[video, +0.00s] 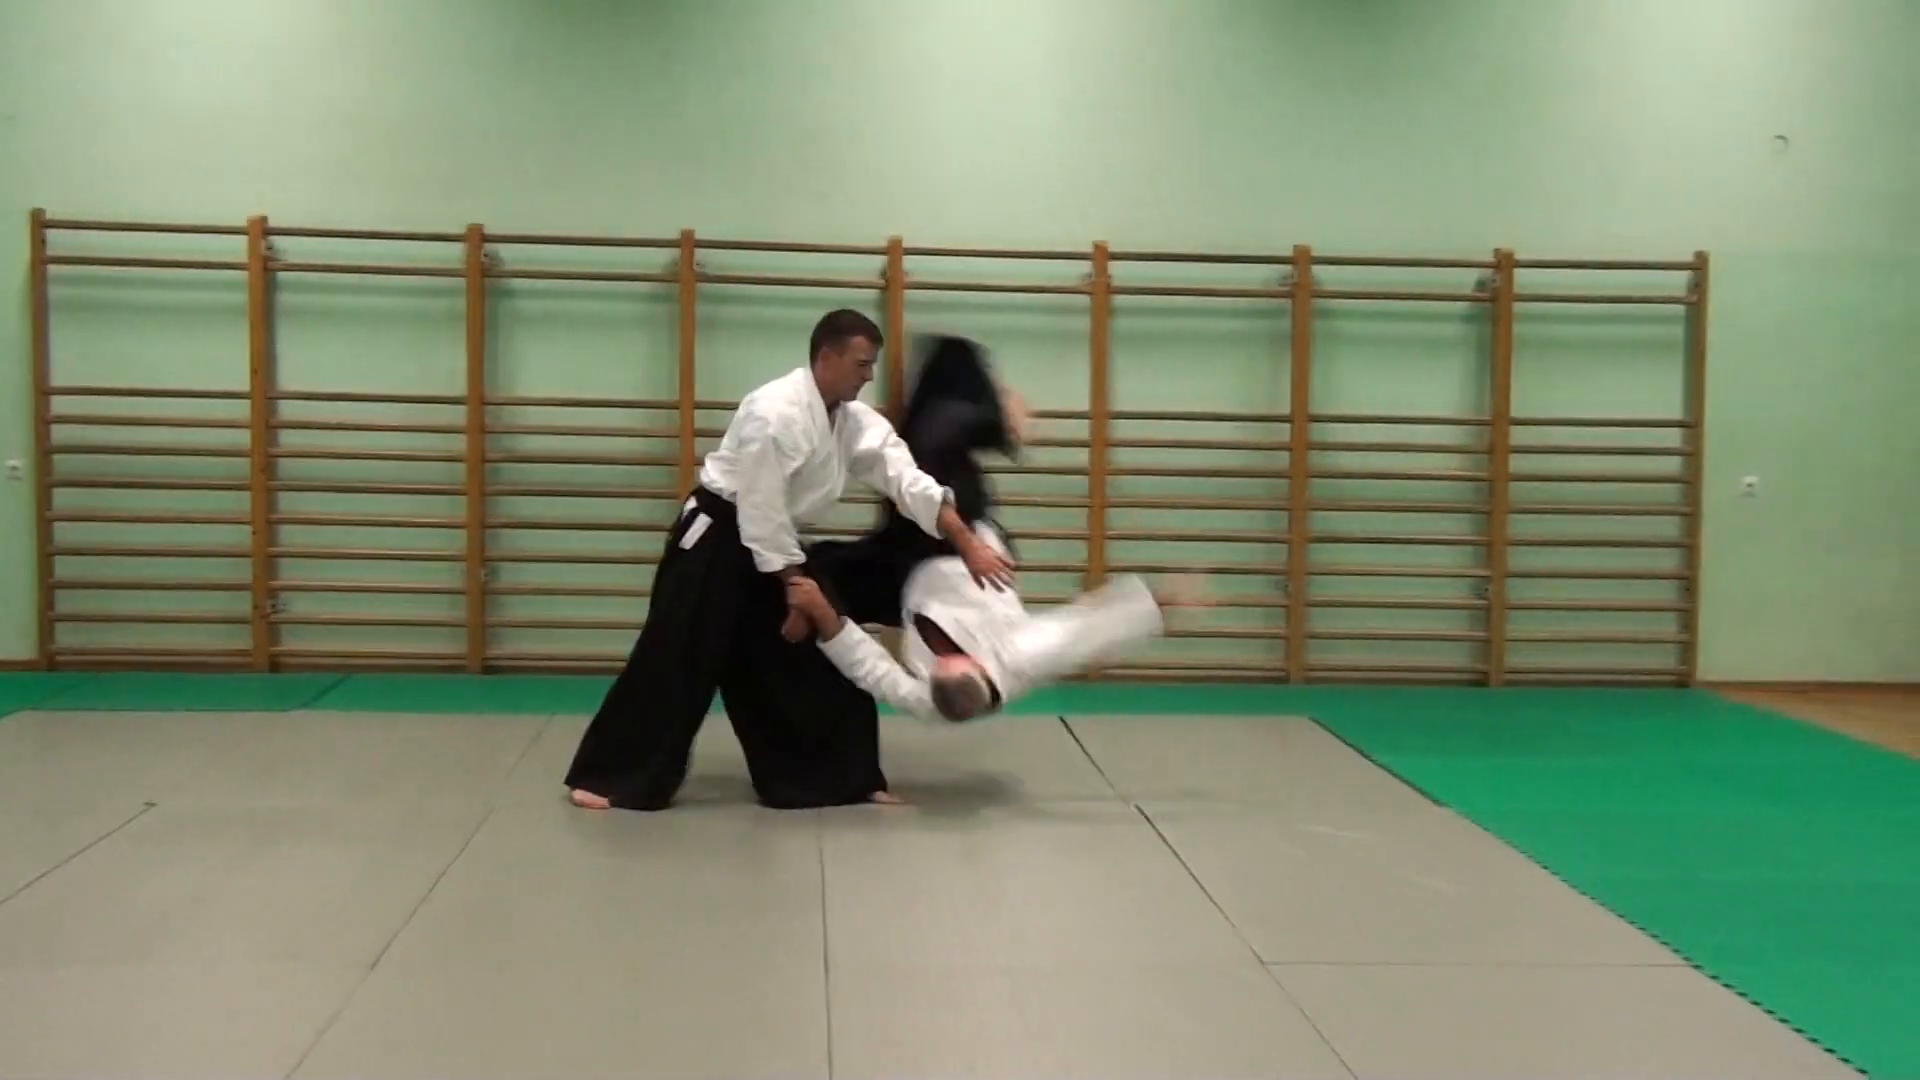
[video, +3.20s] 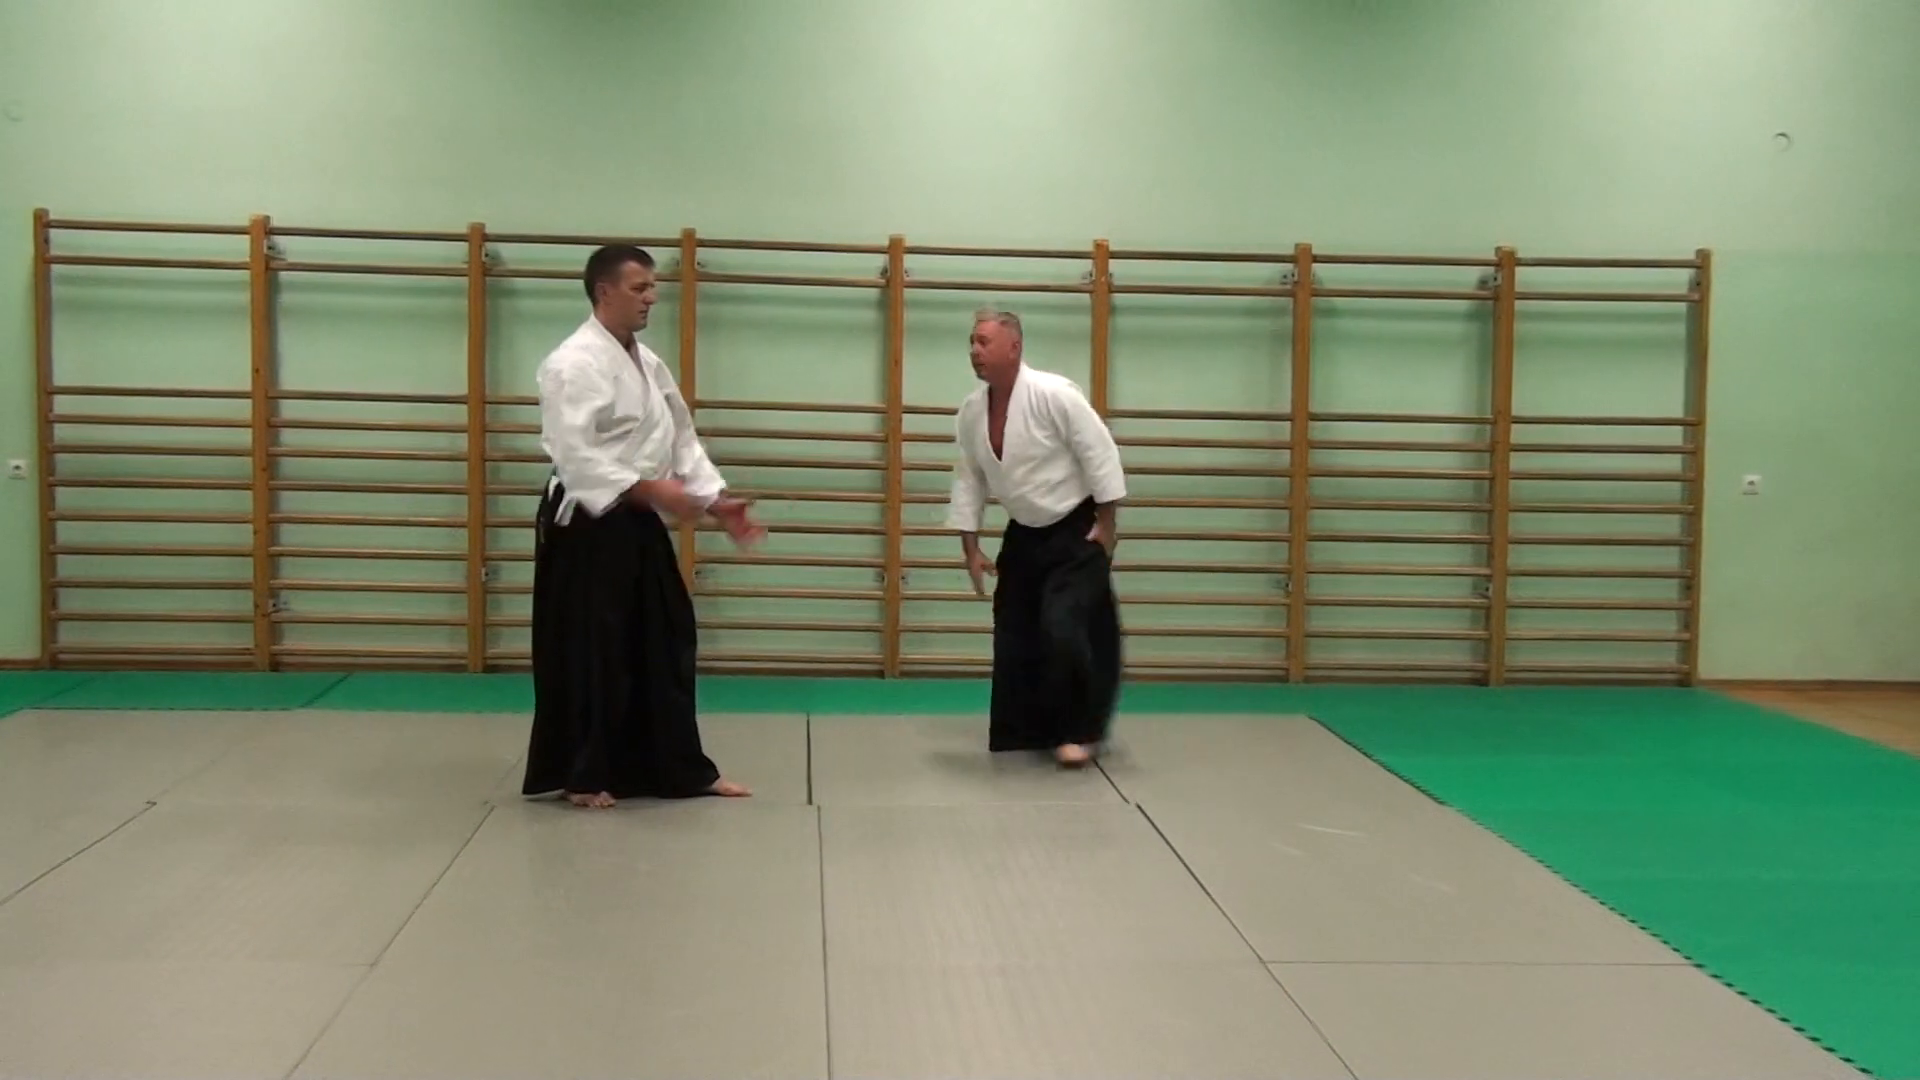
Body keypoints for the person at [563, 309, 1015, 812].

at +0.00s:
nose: (868, 374)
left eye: (872, 364)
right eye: (861, 362)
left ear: (849, 364)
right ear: (826, 357)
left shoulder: (852, 416)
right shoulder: (772, 412)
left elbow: (900, 471)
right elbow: (761, 509)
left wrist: (961, 535)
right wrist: (795, 582)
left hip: (778, 542)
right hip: (718, 536)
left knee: (821, 657)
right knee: (675, 657)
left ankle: (848, 779)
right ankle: (603, 777)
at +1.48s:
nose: (848, 357)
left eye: (851, 348)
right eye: (840, 346)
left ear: (833, 349)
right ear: (805, 343)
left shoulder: (835, 413)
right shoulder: (758, 407)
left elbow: (868, 485)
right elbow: (750, 507)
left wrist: (887, 566)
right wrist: (784, 588)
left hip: (787, 545)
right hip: (727, 545)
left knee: (851, 644)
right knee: (683, 659)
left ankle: (858, 773)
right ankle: (604, 772)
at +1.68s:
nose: (785, 341)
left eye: (788, 331)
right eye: (775, 330)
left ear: (786, 333)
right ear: (739, 329)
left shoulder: (783, 403)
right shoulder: (699, 398)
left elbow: (804, 485)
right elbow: (681, 494)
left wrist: (807, 565)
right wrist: (700, 581)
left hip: (756, 545)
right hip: (695, 543)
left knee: (814, 654)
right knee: (666, 665)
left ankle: (852, 774)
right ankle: (601, 775)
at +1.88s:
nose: (719, 314)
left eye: (721, 305)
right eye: (709, 304)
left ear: (715, 308)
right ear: (672, 307)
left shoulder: (718, 377)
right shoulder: (636, 377)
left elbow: (739, 463)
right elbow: (617, 474)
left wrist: (737, 542)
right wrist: (637, 560)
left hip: (700, 528)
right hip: (641, 524)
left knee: (737, 646)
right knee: (628, 654)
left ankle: (784, 766)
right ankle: (598, 776)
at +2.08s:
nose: (682, 301)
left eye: (684, 291)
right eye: (671, 291)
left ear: (675, 296)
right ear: (636, 294)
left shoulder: (683, 366)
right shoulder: (604, 366)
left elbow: (702, 452)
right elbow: (588, 462)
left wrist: (702, 531)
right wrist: (607, 549)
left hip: (672, 517)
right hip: (616, 516)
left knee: (697, 640)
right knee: (607, 645)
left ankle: (707, 769)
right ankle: (587, 774)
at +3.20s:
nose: (651, 298)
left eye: (652, 289)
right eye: (640, 288)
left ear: (645, 295)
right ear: (602, 293)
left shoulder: (649, 363)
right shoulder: (569, 366)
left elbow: (680, 444)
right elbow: (578, 462)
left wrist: (718, 502)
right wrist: (648, 489)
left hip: (642, 520)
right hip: (585, 523)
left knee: (668, 637)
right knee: (589, 645)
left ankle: (678, 768)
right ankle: (581, 775)